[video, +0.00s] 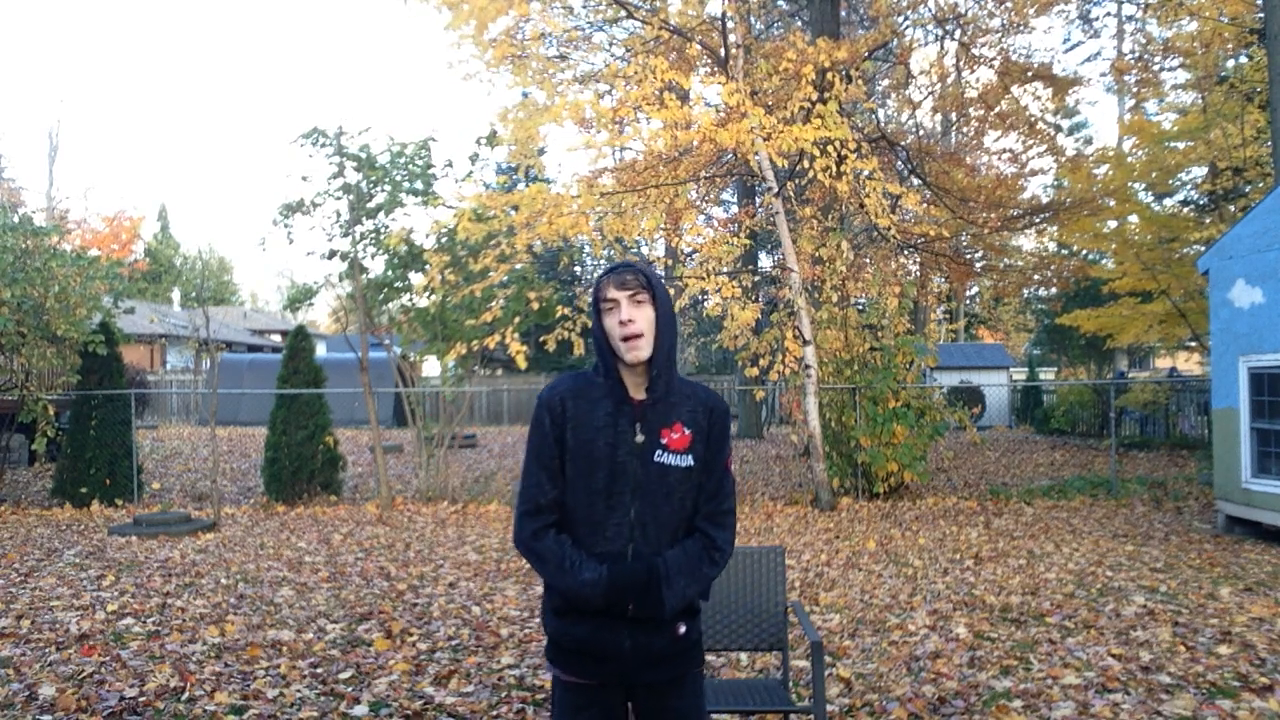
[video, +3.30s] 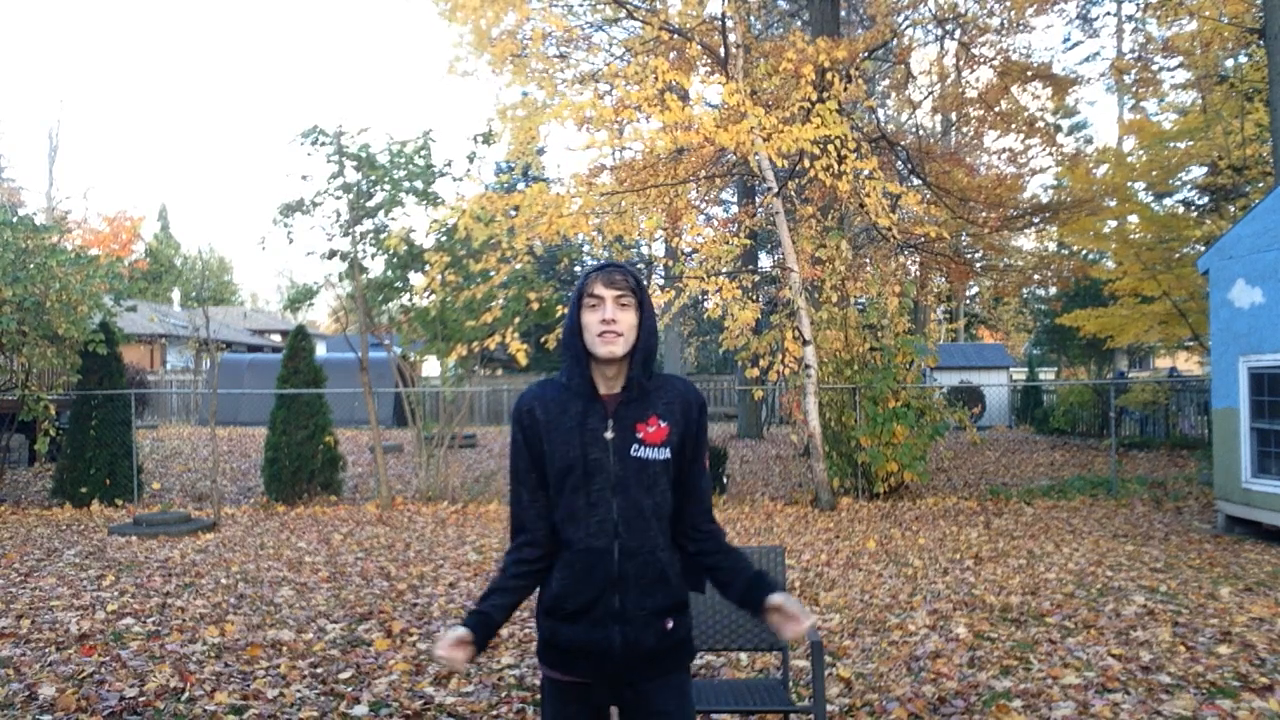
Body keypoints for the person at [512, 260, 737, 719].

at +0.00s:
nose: (626, 318)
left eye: (638, 302)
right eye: (611, 307)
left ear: (662, 313)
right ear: (599, 324)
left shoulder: (704, 409)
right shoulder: (562, 402)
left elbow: (717, 531)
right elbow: (532, 527)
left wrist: (659, 583)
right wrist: (601, 583)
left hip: (670, 649)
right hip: (582, 649)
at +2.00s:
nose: (621, 321)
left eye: (636, 308)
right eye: (607, 307)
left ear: (653, 322)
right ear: (589, 319)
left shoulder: (689, 408)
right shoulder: (546, 409)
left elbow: (726, 526)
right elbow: (518, 532)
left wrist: (660, 577)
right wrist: (596, 580)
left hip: (667, 650)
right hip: (579, 651)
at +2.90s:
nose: (627, 313)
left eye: (642, 301)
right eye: (614, 300)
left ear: (660, 317)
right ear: (595, 314)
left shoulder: (697, 400)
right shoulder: (553, 401)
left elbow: (762, 498)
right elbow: (501, 509)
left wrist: (680, 538)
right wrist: (593, 553)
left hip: (681, 645)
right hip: (590, 649)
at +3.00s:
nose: (620, 313)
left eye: (634, 300)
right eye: (606, 300)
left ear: (652, 317)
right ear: (586, 315)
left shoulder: (690, 391)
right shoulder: (547, 392)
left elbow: (783, 468)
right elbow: (481, 486)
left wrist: (756, 555)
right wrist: (521, 572)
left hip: (673, 638)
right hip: (582, 641)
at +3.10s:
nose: (617, 322)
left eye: (631, 310)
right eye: (603, 309)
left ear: (649, 325)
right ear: (582, 321)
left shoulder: (684, 402)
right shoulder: (537, 408)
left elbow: (761, 503)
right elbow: (483, 521)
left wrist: (851, 595)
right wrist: (437, 637)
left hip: (665, 650)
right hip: (573, 653)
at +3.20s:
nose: (612, 321)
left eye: (626, 309)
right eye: (598, 308)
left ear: (645, 323)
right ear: (577, 321)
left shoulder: (678, 402)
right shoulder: (540, 408)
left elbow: (725, 526)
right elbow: (511, 544)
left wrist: (824, 580)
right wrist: (437, 635)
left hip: (659, 648)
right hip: (566, 652)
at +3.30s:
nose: (609, 316)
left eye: (623, 305)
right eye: (595, 304)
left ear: (642, 319)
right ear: (576, 319)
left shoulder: (678, 402)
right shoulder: (539, 408)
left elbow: (696, 530)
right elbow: (532, 541)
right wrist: (477, 628)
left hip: (658, 645)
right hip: (570, 647)